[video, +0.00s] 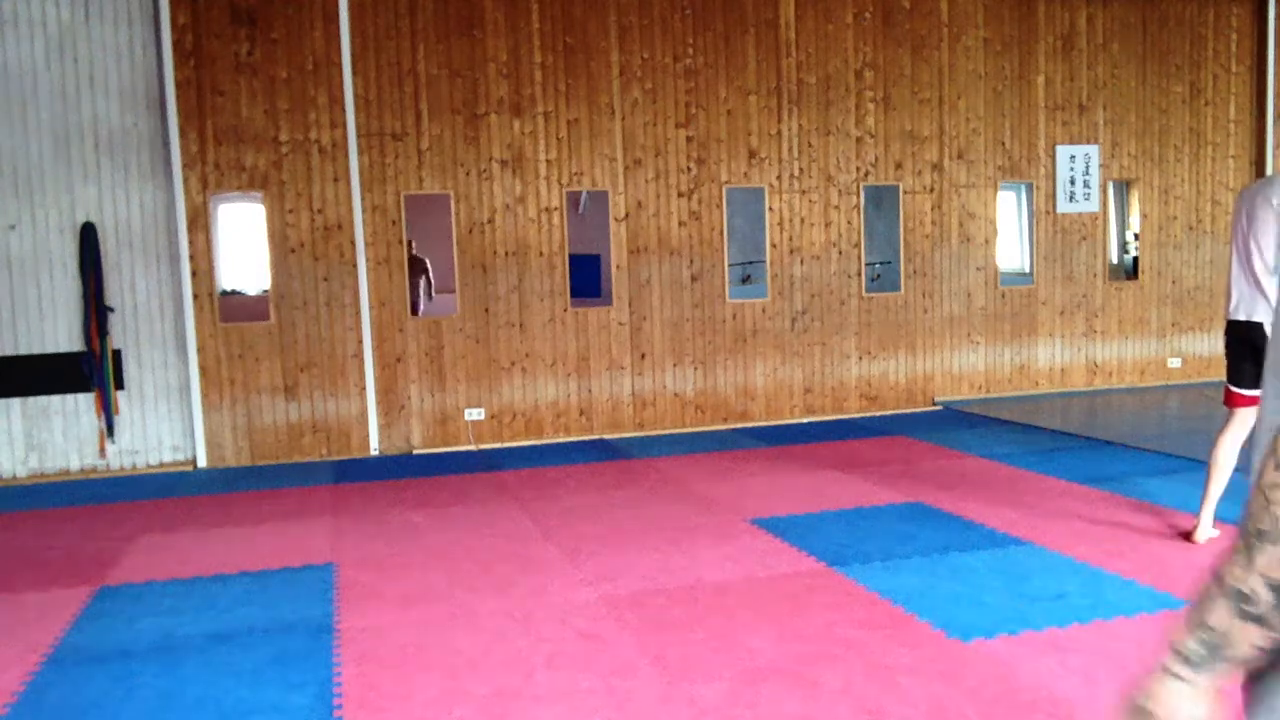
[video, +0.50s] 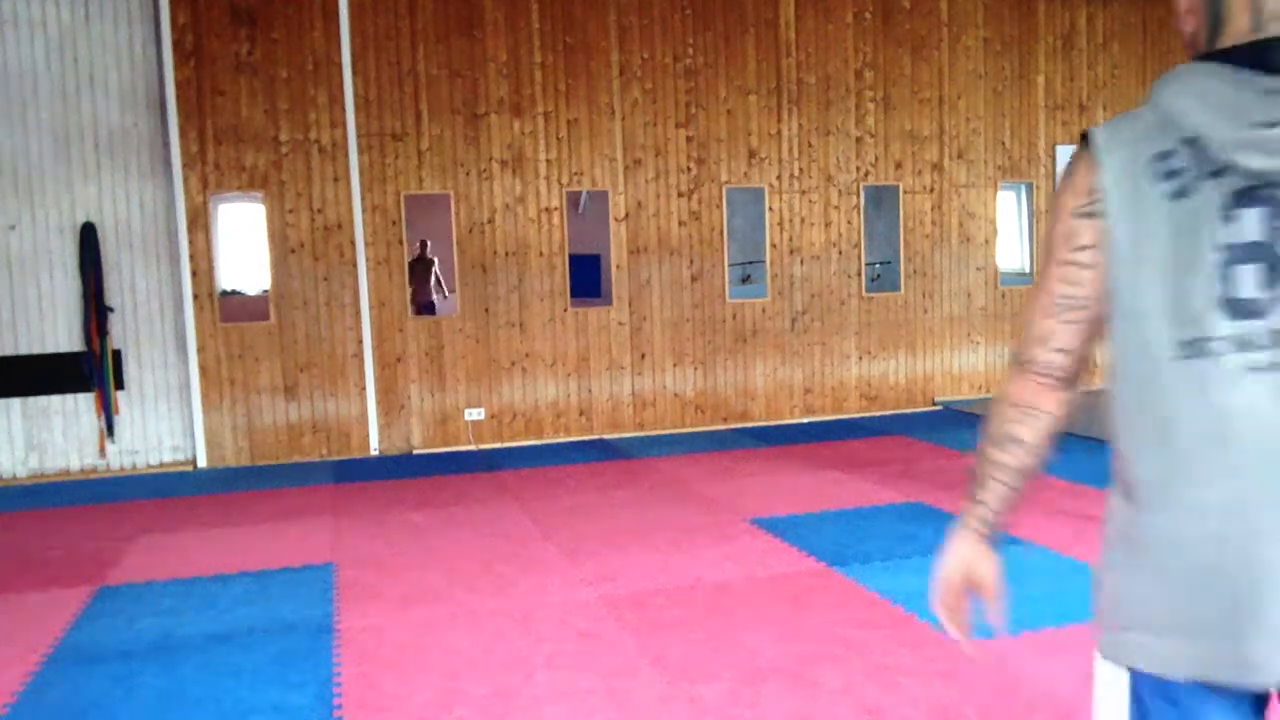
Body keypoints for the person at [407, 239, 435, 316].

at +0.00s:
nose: (410, 250)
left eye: (412, 247)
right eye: (409, 247)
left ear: (415, 248)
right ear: (406, 248)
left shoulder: (422, 261)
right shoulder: (403, 261)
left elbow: (429, 277)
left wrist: (430, 292)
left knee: (416, 315)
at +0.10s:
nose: (414, 250)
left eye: (416, 248)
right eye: (412, 247)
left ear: (419, 248)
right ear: (409, 248)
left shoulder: (425, 261)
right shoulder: (406, 261)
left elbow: (432, 277)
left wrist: (433, 291)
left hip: (419, 289)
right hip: (407, 289)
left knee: (418, 314)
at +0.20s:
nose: (417, 250)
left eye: (419, 247)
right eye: (415, 247)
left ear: (422, 248)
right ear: (413, 248)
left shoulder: (428, 262)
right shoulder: (408, 260)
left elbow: (433, 276)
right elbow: (403, 274)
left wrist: (435, 289)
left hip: (421, 291)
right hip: (409, 291)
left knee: (419, 316)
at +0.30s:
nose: (420, 250)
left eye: (421, 247)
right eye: (418, 247)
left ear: (424, 248)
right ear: (415, 248)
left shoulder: (429, 262)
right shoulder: (410, 260)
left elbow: (435, 276)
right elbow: (406, 275)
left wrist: (437, 289)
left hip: (423, 292)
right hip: (411, 292)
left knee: (420, 317)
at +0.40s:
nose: (422, 249)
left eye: (424, 247)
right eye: (421, 247)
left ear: (426, 248)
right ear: (418, 247)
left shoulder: (431, 261)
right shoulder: (412, 261)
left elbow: (436, 276)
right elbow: (409, 276)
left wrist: (440, 290)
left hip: (426, 291)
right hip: (414, 291)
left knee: (424, 316)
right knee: (414, 315)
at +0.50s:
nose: (424, 249)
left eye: (426, 246)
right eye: (423, 246)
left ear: (429, 247)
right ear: (420, 247)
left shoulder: (433, 261)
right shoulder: (412, 263)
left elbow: (438, 277)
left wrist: (444, 290)